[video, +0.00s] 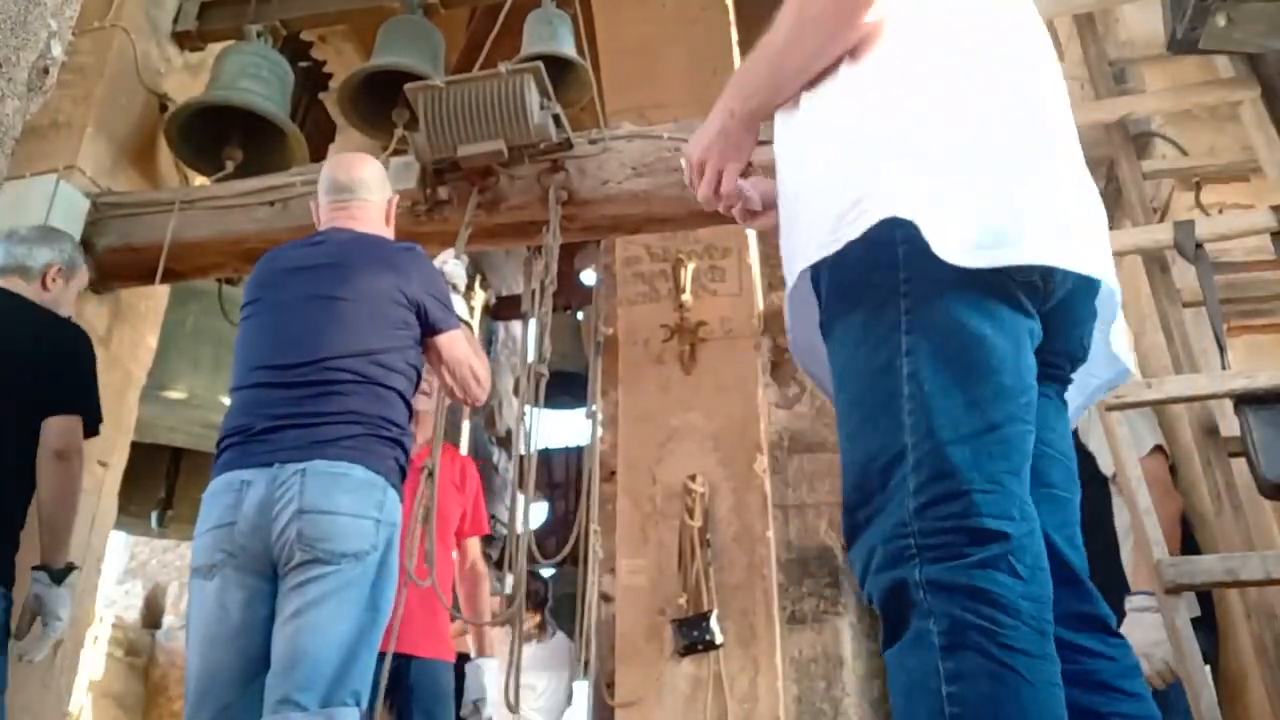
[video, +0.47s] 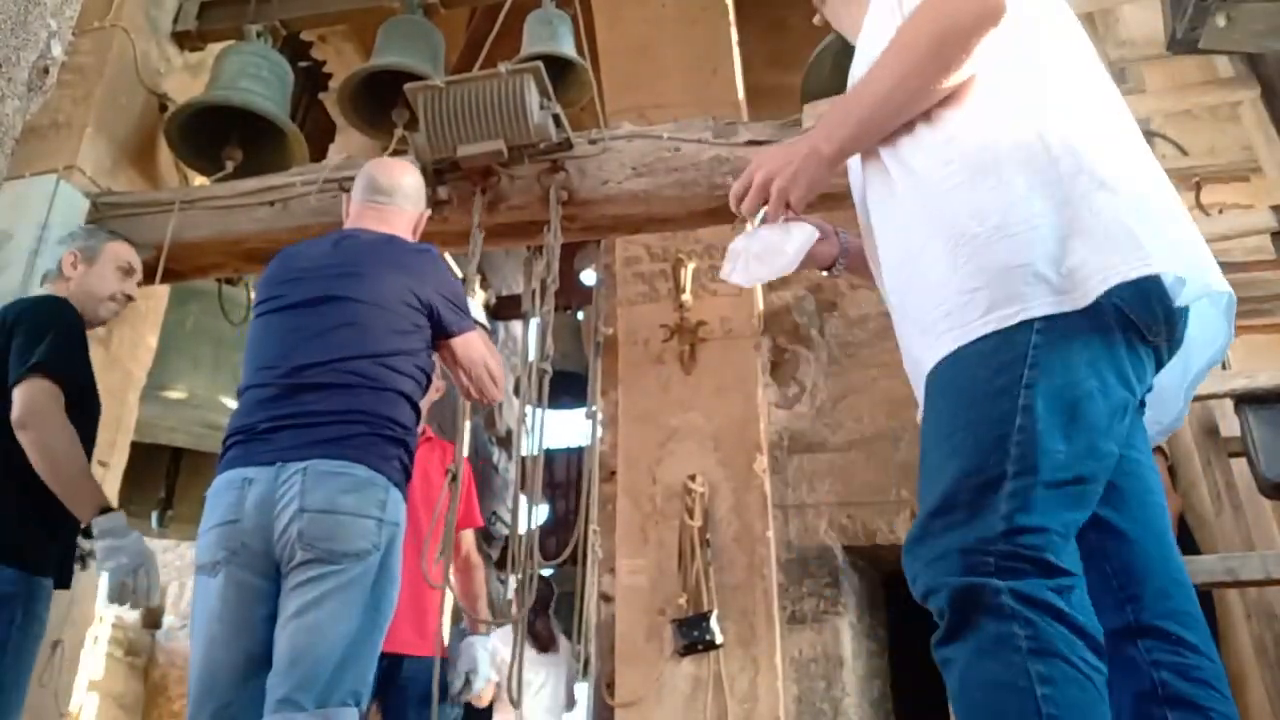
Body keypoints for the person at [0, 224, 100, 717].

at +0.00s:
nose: (74, 309)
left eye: (79, 297)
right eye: (77, 293)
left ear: (9, 269)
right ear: (51, 276)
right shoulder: (56, 337)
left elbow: (61, 448)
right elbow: (60, 448)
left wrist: (53, 571)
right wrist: (54, 572)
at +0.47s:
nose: (131, 291)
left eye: (136, 283)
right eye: (123, 271)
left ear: (71, 269)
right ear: (73, 264)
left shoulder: (27, 317)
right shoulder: (51, 315)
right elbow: (34, 414)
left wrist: (88, 531)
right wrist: (107, 522)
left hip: (19, 566)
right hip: (16, 566)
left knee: (8, 702)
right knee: (5, 703)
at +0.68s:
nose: (161, 298)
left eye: (165, 290)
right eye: (152, 280)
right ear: (103, 272)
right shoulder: (69, 314)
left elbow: (35, 470)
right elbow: (36, 399)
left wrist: (100, 546)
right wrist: (119, 504)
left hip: (28, 564)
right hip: (17, 562)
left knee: (7, 702)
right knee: (3, 702)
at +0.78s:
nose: (173, 301)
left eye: (177, 293)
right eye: (163, 282)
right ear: (114, 274)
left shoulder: (94, 344)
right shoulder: (75, 315)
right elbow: (27, 392)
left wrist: (115, 566)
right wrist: (100, 509)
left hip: (27, 571)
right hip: (14, 567)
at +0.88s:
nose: (175, 299)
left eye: (179, 292)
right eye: (164, 280)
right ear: (115, 274)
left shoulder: (100, 360)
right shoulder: (67, 314)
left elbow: (67, 487)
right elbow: (10, 392)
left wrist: (92, 577)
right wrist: (60, 508)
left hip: (24, 573)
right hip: (8, 567)